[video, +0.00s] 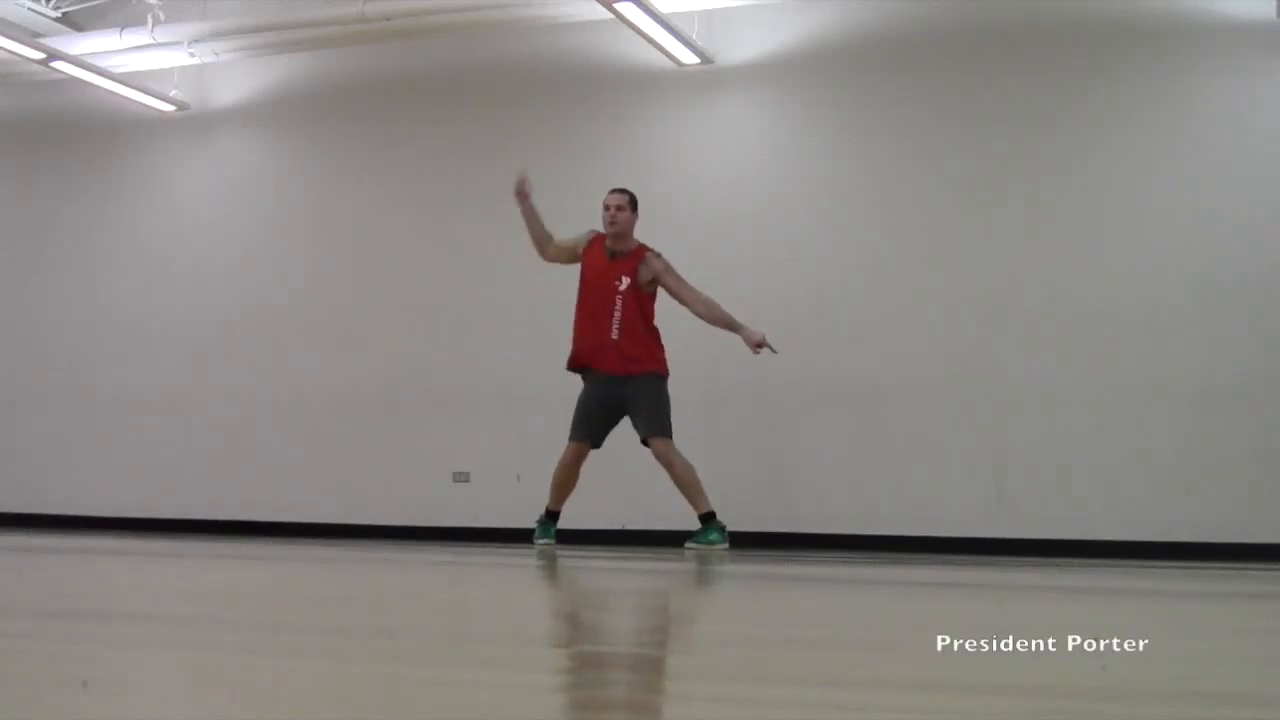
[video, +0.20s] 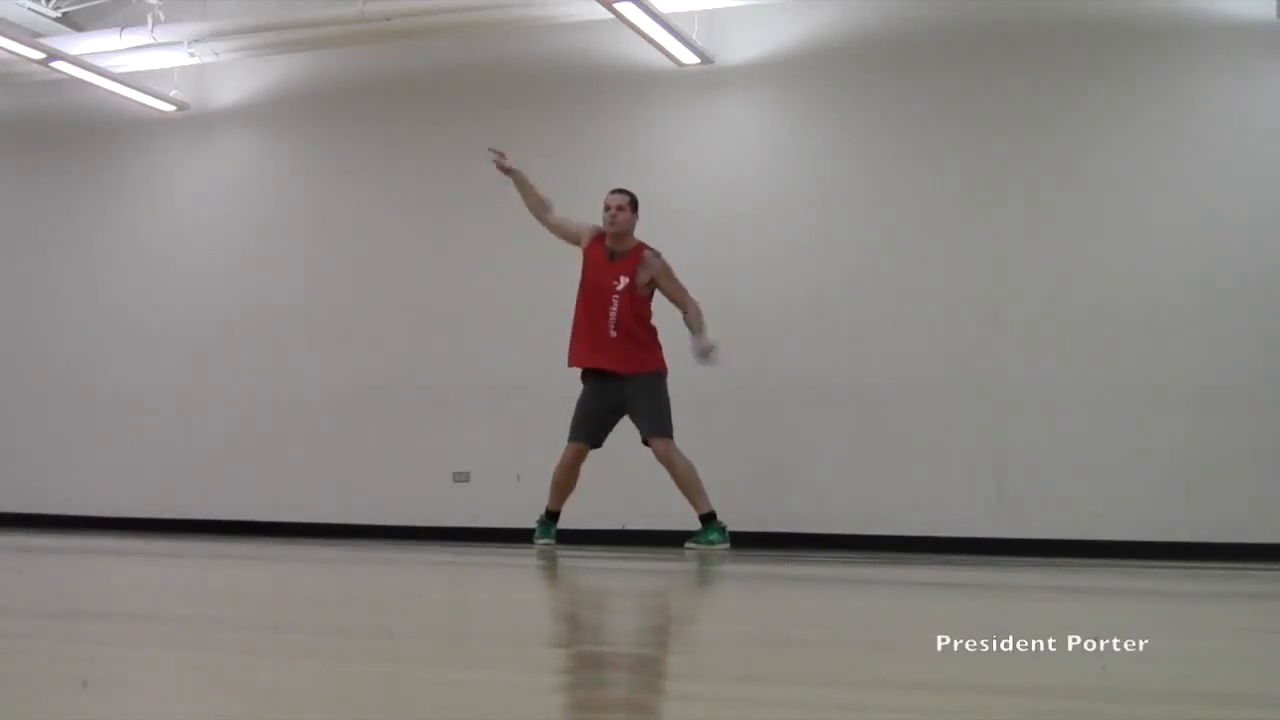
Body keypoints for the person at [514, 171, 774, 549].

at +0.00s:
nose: (610, 214)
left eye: (619, 209)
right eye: (606, 208)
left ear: (635, 217)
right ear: (601, 214)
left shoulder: (649, 262)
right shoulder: (589, 246)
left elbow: (696, 301)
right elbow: (549, 250)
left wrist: (743, 330)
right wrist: (526, 205)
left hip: (643, 373)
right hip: (600, 373)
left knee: (661, 448)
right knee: (575, 450)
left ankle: (710, 524)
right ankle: (548, 520)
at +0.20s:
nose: (612, 214)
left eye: (620, 210)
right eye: (608, 209)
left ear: (634, 217)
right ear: (602, 215)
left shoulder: (650, 262)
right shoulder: (589, 240)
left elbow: (686, 303)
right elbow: (545, 214)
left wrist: (699, 337)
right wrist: (515, 174)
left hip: (643, 373)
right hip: (600, 373)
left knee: (662, 448)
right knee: (574, 450)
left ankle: (711, 525)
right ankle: (548, 522)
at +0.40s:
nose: (619, 215)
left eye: (627, 210)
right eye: (614, 210)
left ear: (640, 219)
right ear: (607, 217)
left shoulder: (654, 264)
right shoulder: (596, 247)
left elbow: (702, 297)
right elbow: (569, 269)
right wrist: (560, 248)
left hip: (637, 378)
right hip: (594, 378)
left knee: (659, 452)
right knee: (569, 452)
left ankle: (712, 526)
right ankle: (547, 522)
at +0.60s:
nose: (621, 214)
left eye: (629, 209)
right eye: (617, 208)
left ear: (644, 218)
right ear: (610, 214)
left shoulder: (657, 265)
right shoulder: (594, 244)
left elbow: (707, 298)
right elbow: (541, 234)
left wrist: (759, 324)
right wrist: (499, 204)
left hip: (639, 377)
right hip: (596, 376)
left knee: (655, 447)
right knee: (574, 452)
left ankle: (711, 523)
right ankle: (547, 519)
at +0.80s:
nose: (635, 208)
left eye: (643, 202)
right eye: (630, 202)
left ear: (658, 210)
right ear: (625, 209)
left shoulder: (677, 258)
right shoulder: (611, 238)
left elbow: (725, 296)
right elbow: (561, 213)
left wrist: (772, 324)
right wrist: (540, 239)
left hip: (657, 367)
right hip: (610, 366)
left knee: (675, 436)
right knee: (593, 449)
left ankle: (679, 522)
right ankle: (564, 514)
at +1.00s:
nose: (652, 206)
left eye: (660, 200)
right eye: (647, 200)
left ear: (675, 206)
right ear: (642, 207)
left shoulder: (694, 246)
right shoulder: (630, 236)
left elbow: (747, 269)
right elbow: (582, 225)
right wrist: (582, 199)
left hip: (678, 356)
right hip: (635, 350)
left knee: (675, 436)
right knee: (632, 403)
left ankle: (676, 521)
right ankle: (621, 485)